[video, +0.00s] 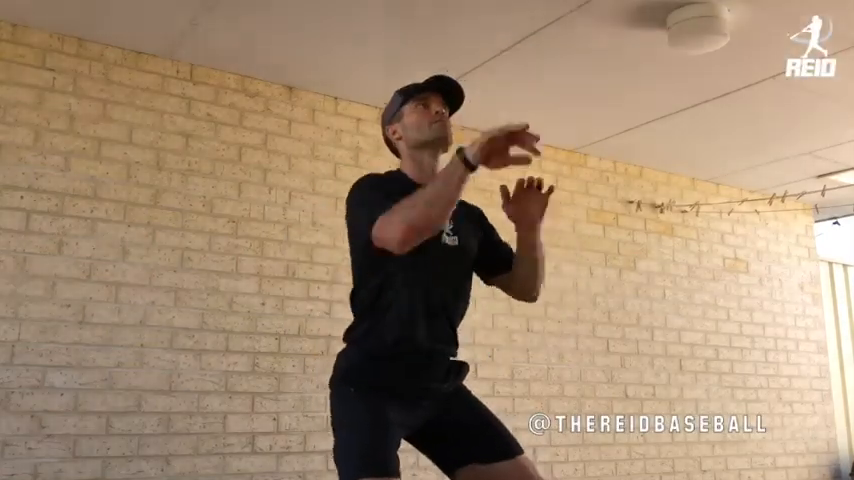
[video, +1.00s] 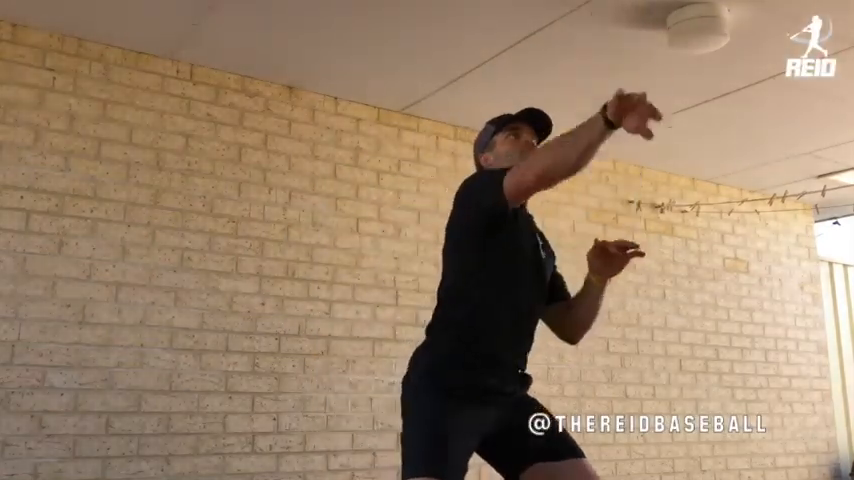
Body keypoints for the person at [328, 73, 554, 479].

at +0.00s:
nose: (438, 110)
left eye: (443, 107)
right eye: (421, 105)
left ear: (451, 128)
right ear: (394, 132)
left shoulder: (468, 217)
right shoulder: (372, 190)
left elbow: (526, 288)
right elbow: (397, 234)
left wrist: (528, 229)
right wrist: (468, 158)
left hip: (437, 384)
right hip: (368, 381)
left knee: (518, 473)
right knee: (371, 471)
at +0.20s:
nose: (456, 123)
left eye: (460, 119)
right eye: (439, 118)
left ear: (469, 142)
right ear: (412, 146)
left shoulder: (491, 218)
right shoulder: (382, 213)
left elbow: (584, 234)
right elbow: (358, 300)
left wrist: (547, 170)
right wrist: (422, 263)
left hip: (462, 395)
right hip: (391, 394)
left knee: (546, 475)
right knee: (378, 472)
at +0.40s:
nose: (469, 131)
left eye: (473, 127)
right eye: (452, 127)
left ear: (483, 149)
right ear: (427, 156)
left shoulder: (515, 210)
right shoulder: (400, 234)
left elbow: (578, 147)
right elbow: (370, 330)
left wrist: (619, 70)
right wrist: (404, 304)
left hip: (490, 400)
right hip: (415, 401)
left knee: (567, 474)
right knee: (391, 476)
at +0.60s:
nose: (480, 122)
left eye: (485, 120)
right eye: (463, 119)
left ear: (494, 143)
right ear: (438, 148)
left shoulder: (526, 214)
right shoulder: (414, 219)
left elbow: (623, 233)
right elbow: (393, 301)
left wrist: (616, 175)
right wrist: (451, 234)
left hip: (497, 395)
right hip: (425, 395)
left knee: (577, 475)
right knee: (399, 473)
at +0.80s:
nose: (517, 137)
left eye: (521, 131)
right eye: (499, 130)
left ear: (526, 148)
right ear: (470, 152)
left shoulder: (535, 240)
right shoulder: (457, 200)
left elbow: (587, 312)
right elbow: (519, 146)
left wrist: (606, 256)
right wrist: (550, 94)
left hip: (502, 396)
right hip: (438, 390)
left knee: (579, 476)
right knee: (419, 475)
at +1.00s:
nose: (529, 145)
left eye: (535, 139)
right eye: (513, 135)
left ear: (541, 153)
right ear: (485, 157)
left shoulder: (534, 243)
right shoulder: (477, 196)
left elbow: (570, 328)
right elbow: (543, 170)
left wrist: (596, 279)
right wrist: (608, 119)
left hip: (503, 393)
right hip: (444, 385)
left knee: (577, 473)